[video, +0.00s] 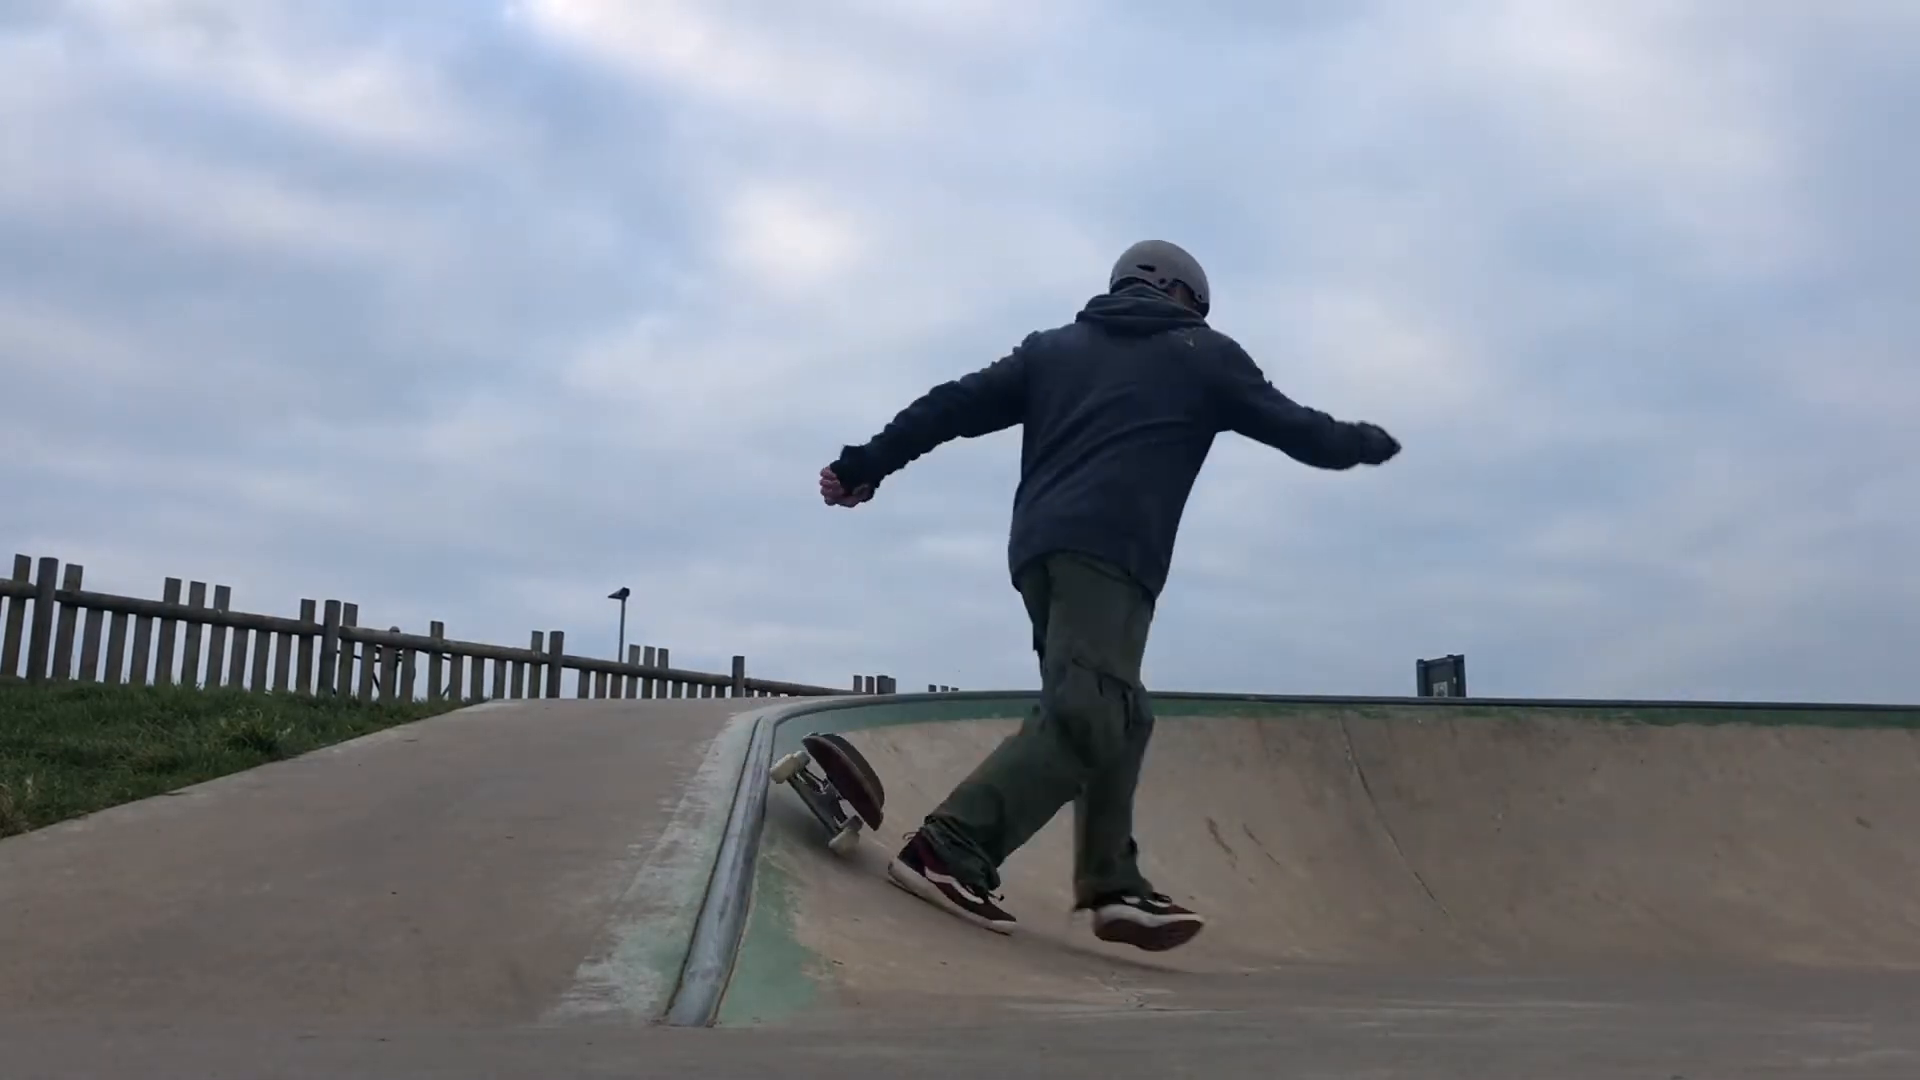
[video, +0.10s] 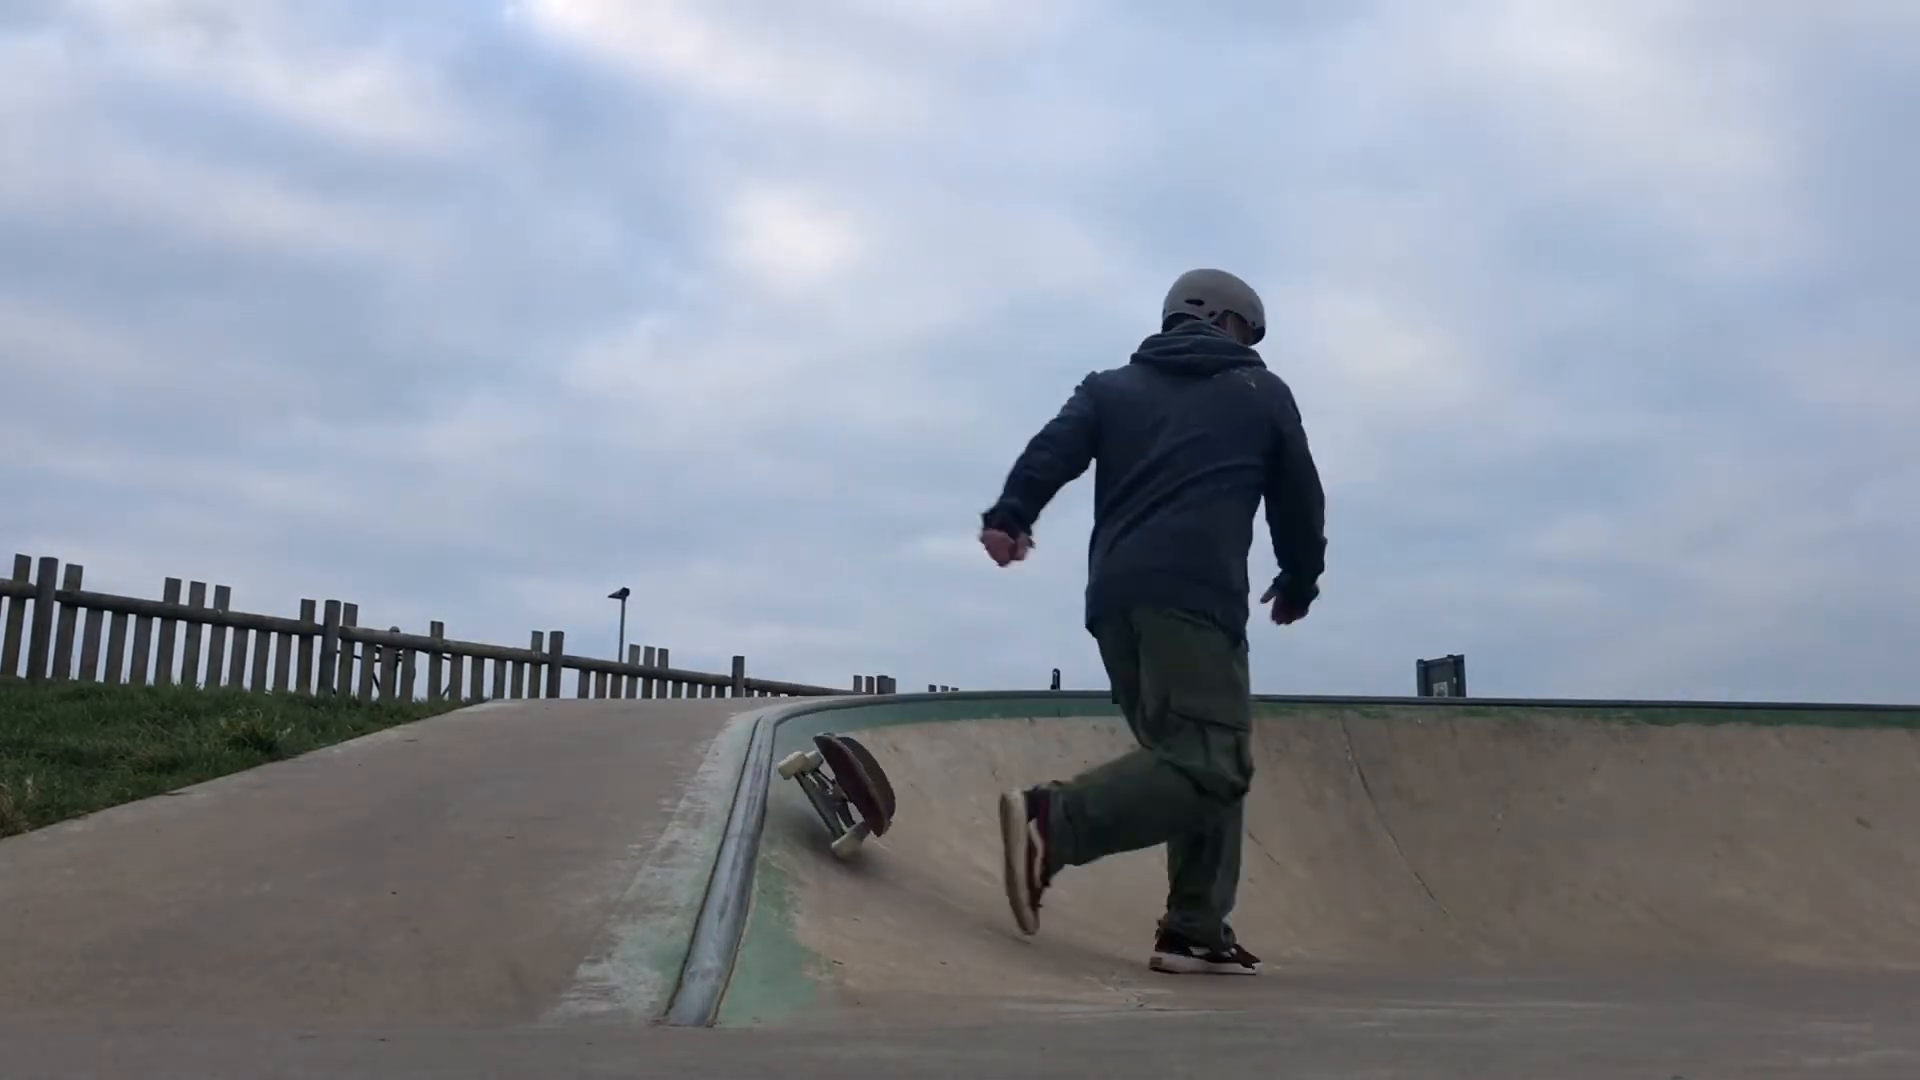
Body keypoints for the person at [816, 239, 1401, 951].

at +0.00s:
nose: (1201, 313)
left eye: (1195, 302)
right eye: (1199, 302)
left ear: (1122, 286)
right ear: (1187, 297)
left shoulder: (1054, 348)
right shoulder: (1202, 352)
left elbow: (952, 404)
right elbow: (1300, 430)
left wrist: (866, 463)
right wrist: (1370, 441)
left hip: (1036, 547)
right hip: (1112, 548)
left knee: (1122, 715)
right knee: (1084, 715)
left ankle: (1115, 891)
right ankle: (952, 846)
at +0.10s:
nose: (1253, 342)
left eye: (1253, 334)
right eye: (1252, 332)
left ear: (1175, 319)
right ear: (1234, 324)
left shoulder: (1114, 385)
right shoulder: (1260, 391)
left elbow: (1056, 446)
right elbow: (1299, 496)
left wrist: (1012, 509)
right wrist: (1297, 579)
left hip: (1113, 595)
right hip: (1196, 594)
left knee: (1197, 761)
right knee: (1212, 763)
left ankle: (1196, 931)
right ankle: (1054, 822)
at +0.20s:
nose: (1325, 360)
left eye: (1326, 351)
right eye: (1323, 348)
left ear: (1244, 334)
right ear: (1300, 339)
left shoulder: (1171, 406)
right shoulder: (1331, 411)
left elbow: (1134, 511)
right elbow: (1338, 537)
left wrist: (1136, 608)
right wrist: (1297, 593)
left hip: (1187, 612)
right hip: (1278, 607)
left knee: (1249, 777)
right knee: (1360, 754)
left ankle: (1198, 933)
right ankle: (1256, 834)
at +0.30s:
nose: (1406, 341)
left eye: (1407, 331)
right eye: (1404, 329)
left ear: (1328, 314)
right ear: (1378, 318)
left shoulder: (1248, 392)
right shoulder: (1406, 389)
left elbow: (1194, 509)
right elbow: (1425, 515)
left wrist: (1191, 607)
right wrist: (1382, 572)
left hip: (1265, 599)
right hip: (1360, 586)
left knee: (1276, 769)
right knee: (1467, 725)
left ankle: (1217, 919)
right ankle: (1464, 889)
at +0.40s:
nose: (1479, 326)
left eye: (1481, 313)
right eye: (1475, 311)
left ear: (1399, 300)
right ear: (1441, 302)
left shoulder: (1312, 384)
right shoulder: (1473, 370)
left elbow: (1241, 495)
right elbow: (1507, 503)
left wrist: (1232, 592)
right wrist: (1457, 556)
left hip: (1340, 601)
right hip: (1434, 584)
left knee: (1335, 762)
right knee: (1550, 725)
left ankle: (1258, 890)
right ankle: (1600, 923)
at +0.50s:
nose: (1559, 324)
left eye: (1560, 310)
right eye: (1552, 309)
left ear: (1475, 305)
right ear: (1512, 306)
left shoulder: (1391, 403)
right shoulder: (1538, 376)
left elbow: (1324, 510)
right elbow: (1599, 505)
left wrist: (1295, 604)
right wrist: (1554, 554)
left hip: (1436, 620)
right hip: (1525, 598)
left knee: (1478, 768)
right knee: (1640, 741)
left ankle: (1360, 845)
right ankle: (1629, 925)